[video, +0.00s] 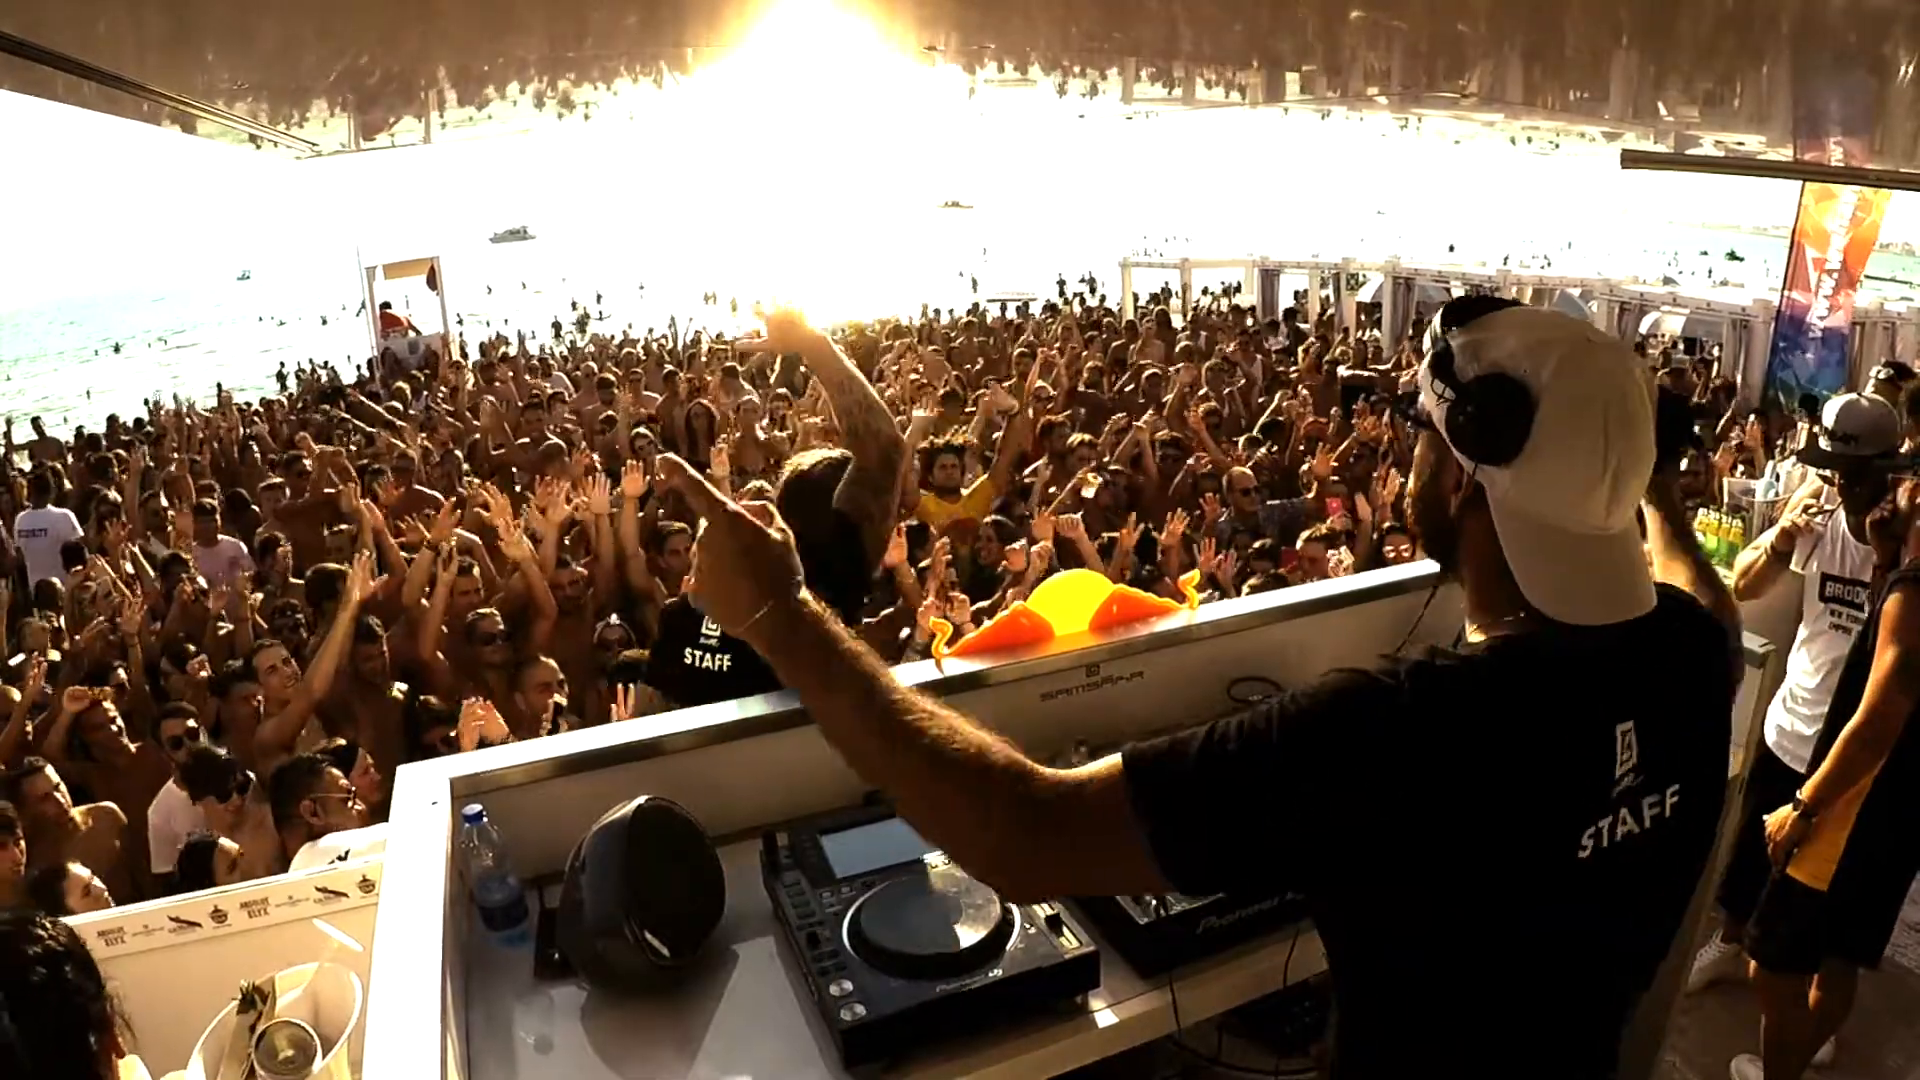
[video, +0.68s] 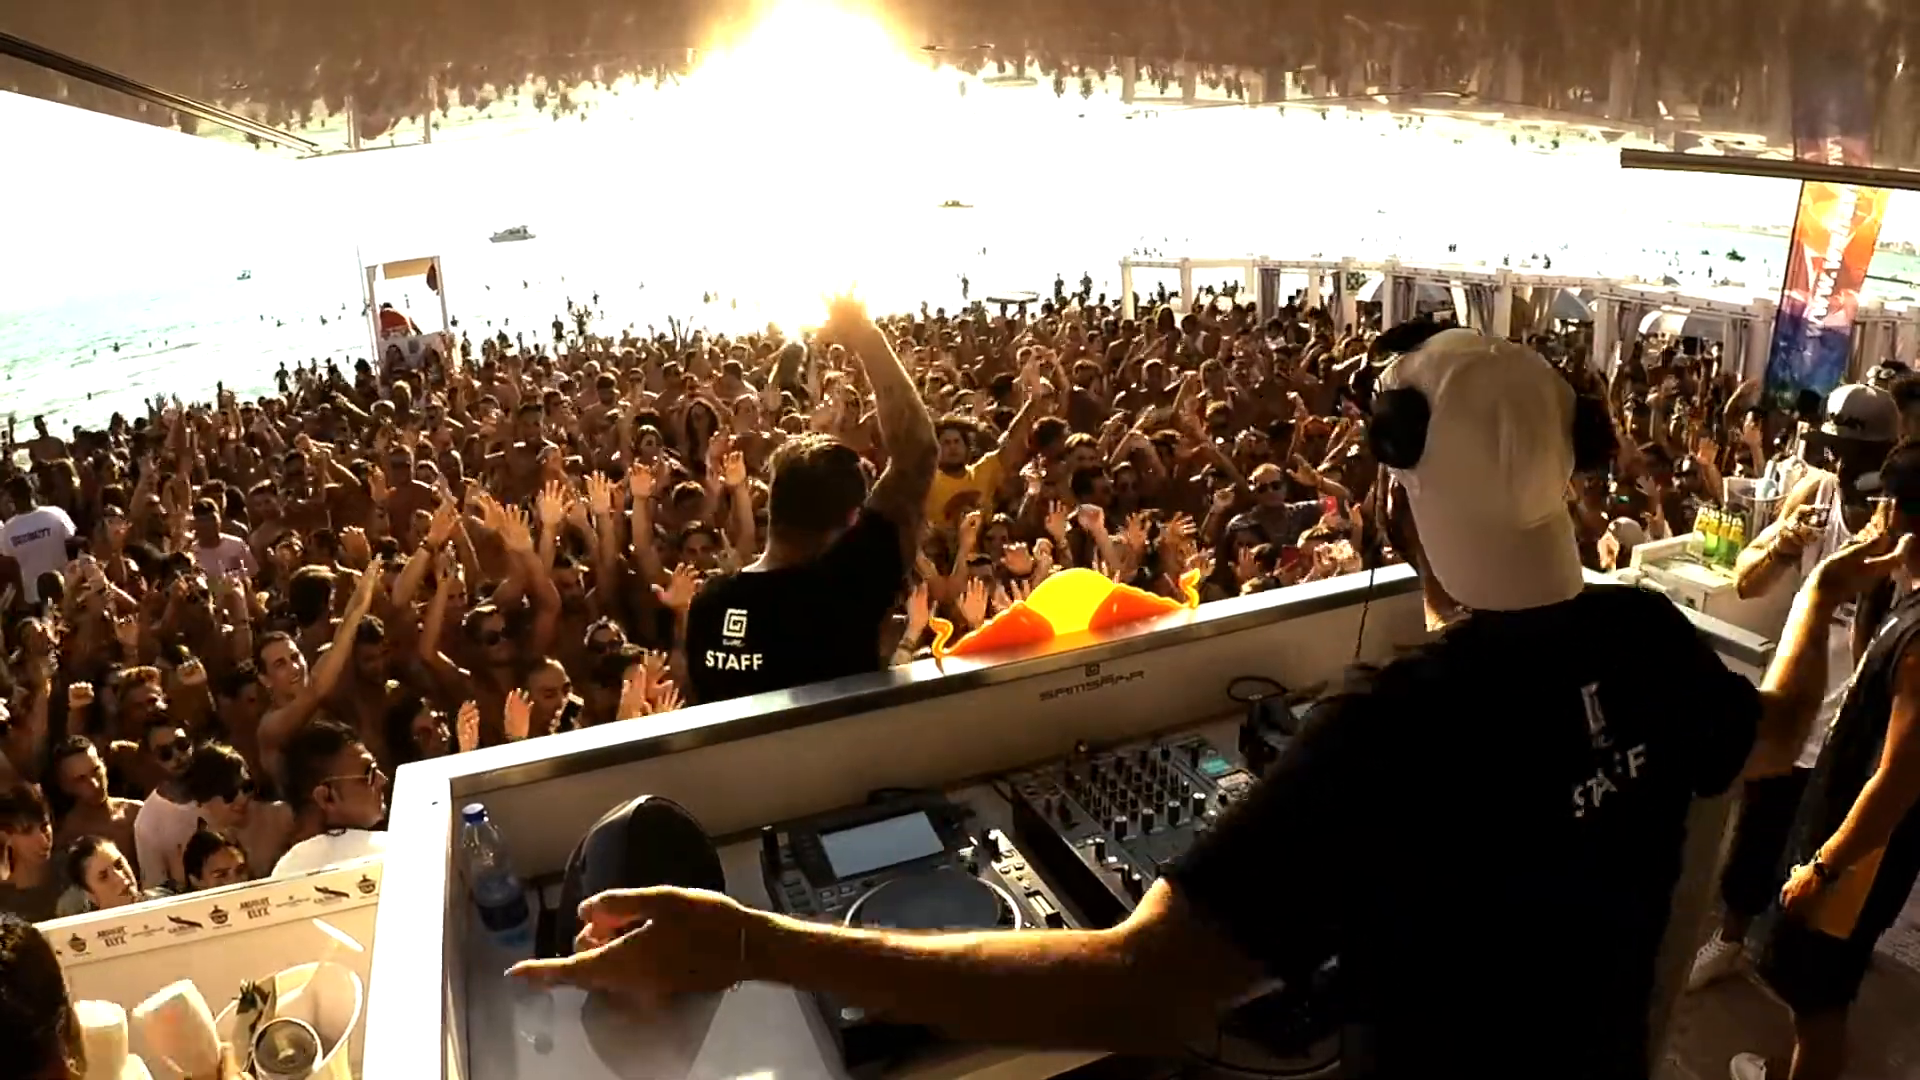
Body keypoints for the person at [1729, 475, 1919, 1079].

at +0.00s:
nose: (1890, 497)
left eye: (1902, 485)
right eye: (1897, 483)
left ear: (1913, 504)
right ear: (1910, 507)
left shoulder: (1906, 595)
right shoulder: (1903, 588)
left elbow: (1883, 716)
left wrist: (1805, 804)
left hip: (1848, 810)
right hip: (1884, 811)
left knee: (1775, 962)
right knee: (1839, 951)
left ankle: (1777, 1068)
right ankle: (1808, 1050)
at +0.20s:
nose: (1834, 471)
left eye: (1847, 460)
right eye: (1831, 458)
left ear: (1878, 465)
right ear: (1827, 459)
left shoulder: (1900, 530)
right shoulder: (1813, 512)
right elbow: (1745, 588)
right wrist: (1783, 534)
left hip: (1864, 717)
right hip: (1796, 697)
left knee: (1822, 846)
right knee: (1757, 819)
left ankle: (1799, 973)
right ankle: (1730, 940)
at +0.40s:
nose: (1877, 513)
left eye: (1890, 499)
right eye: (1880, 499)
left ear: (1915, 511)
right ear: (1900, 514)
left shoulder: (1912, 617)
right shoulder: (1901, 602)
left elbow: (1884, 752)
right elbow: (1863, 659)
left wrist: (1801, 826)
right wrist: (1871, 565)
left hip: (1855, 828)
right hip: (1854, 817)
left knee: (1807, 962)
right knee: (1818, 953)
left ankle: (1792, 1067)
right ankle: (1805, 1052)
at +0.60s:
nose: (1877, 525)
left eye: (1889, 509)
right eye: (1879, 509)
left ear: (1910, 521)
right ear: (1899, 521)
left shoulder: (1915, 631)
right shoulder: (1895, 609)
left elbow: (1896, 774)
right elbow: (1854, 685)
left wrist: (1814, 856)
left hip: (1867, 846)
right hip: (1847, 833)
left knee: (1816, 1003)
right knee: (1808, 982)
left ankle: (1799, 1074)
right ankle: (1789, 1066)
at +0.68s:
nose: (1870, 519)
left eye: (1881, 506)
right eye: (1874, 504)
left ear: (1903, 521)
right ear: (1900, 521)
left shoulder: (1914, 633)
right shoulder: (1894, 613)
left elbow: (1899, 775)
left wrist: (1826, 867)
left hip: (1857, 861)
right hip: (1840, 845)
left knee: (1818, 1008)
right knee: (1811, 992)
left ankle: (1799, 1076)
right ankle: (1790, 1068)